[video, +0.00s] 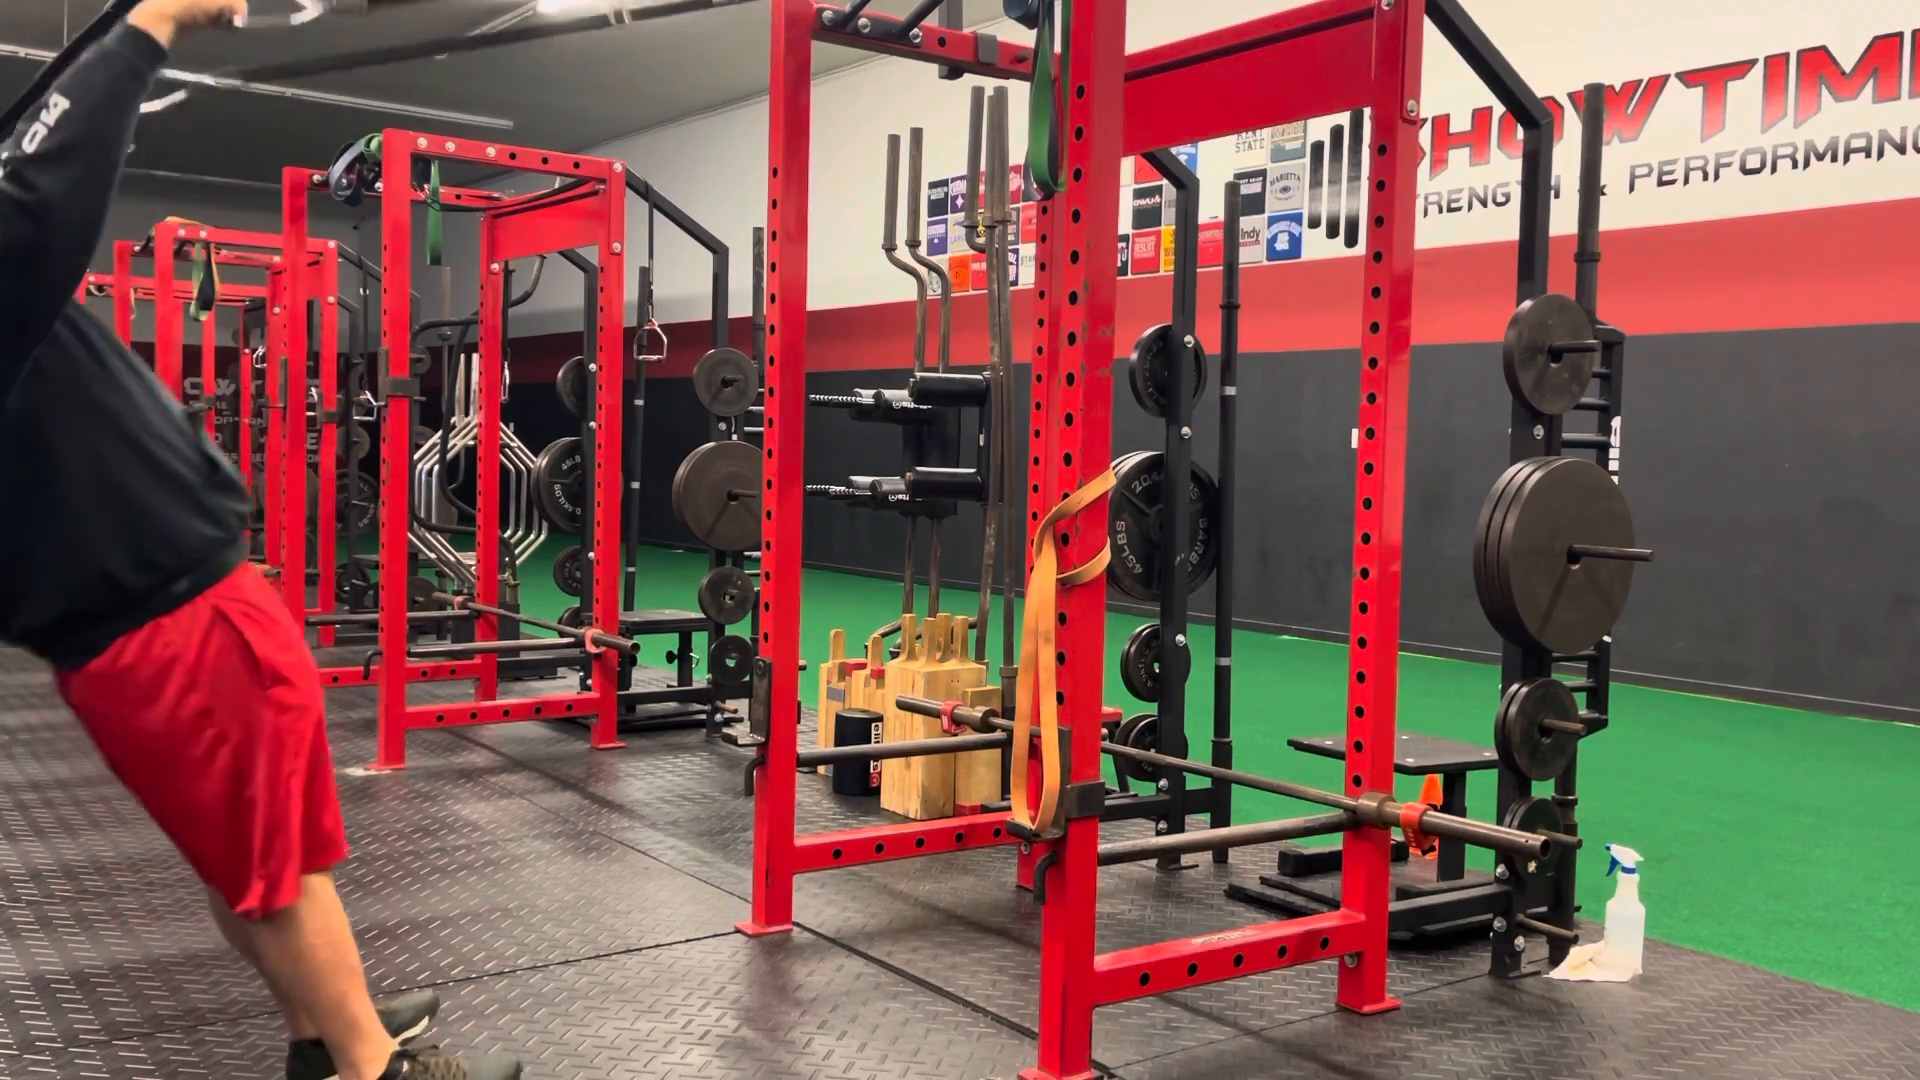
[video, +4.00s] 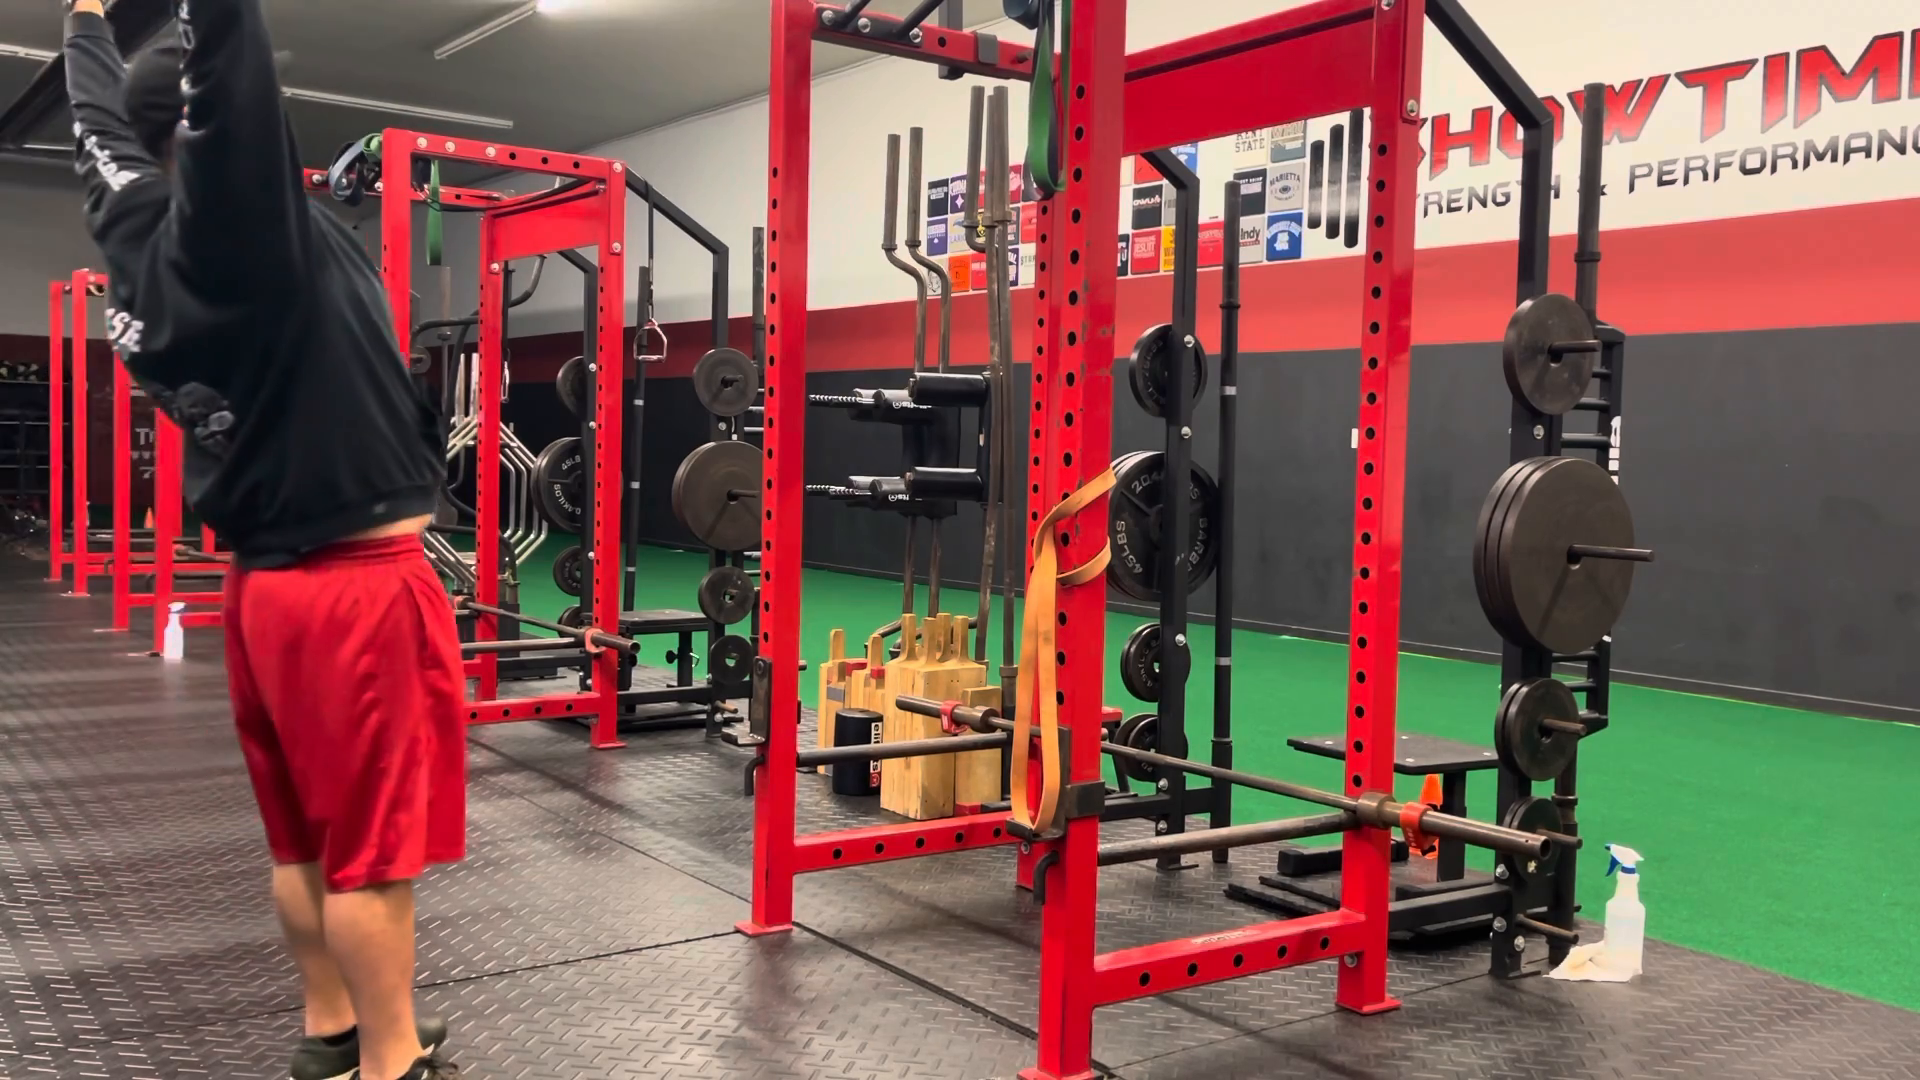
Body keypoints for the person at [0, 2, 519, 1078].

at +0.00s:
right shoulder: (11, 289)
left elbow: (33, 139)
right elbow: (43, 186)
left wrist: (140, 19)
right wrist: (150, 22)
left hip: (125, 621)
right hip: (169, 611)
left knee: (248, 863)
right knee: (282, 870)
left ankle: (329, 1035)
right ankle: (371, 1059)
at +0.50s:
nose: (178, 128)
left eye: (169, 107)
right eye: (158, 110)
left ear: (57, 151)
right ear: (130, 126)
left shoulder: (78, 271)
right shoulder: (166, 239)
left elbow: (57, 174)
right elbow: (162, 78)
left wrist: (64, 46)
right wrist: (121, 5)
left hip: (231, 605)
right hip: (322, 597)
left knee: (281, 844)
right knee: (351, 860)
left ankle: (326, 1024)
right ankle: (385, 1057)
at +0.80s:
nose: (316, 112)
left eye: (308, 99)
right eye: (301, 100)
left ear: (230, 145)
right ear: (261, 128)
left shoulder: (190, 250)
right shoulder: (289, 228)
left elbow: (128, 150)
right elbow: (227, 48)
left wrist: (83, 27)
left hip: (279, 589)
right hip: (370, 590)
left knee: (299, 833)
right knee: (374, 855)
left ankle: (334, 1027)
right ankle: (391, 1057)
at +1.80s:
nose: (190, 136)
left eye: (182, 116)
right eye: (174, 119)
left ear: (71, 155)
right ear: (146, 135)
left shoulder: (87, 274)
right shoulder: (165, 243)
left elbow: (60, 156)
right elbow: (174, 85)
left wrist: (74, 38)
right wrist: (134, 2)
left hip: (232, 603)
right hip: (317, 595)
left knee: (281, 837)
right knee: (349, 857)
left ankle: (331, 1023)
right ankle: (387, 1058)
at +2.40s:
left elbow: (21, 225)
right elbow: (34, 205)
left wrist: (100, 159)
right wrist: (155, 87)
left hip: (89, 617)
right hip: (131, 610)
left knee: (238, 855)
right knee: (263, 866)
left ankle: (342, 1036)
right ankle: (370, 1064)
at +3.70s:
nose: (118, 125)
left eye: (100, 104)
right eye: (95, 111)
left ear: (48, 151)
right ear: (69, 134)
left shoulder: (44, 284)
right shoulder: (127, 238)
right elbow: (152, 85)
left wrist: (104, 36)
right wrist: (122, 14)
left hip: (217, 612)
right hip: (308, 599)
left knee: (284, 851)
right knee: (349, 866)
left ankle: (328, 1027)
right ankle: (388, 1061)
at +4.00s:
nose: (248, 122)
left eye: (221, 99)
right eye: (226, 99)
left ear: (149, 137)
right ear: (216, 119)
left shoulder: (146, 239)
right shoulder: (244, 220)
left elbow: (105, 130)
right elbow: (230, 62)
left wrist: (83, 18)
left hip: (263, 591)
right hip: (355, 591)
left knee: (300, 836)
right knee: (371, 855)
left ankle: (331, 1027)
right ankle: (392, 1056)